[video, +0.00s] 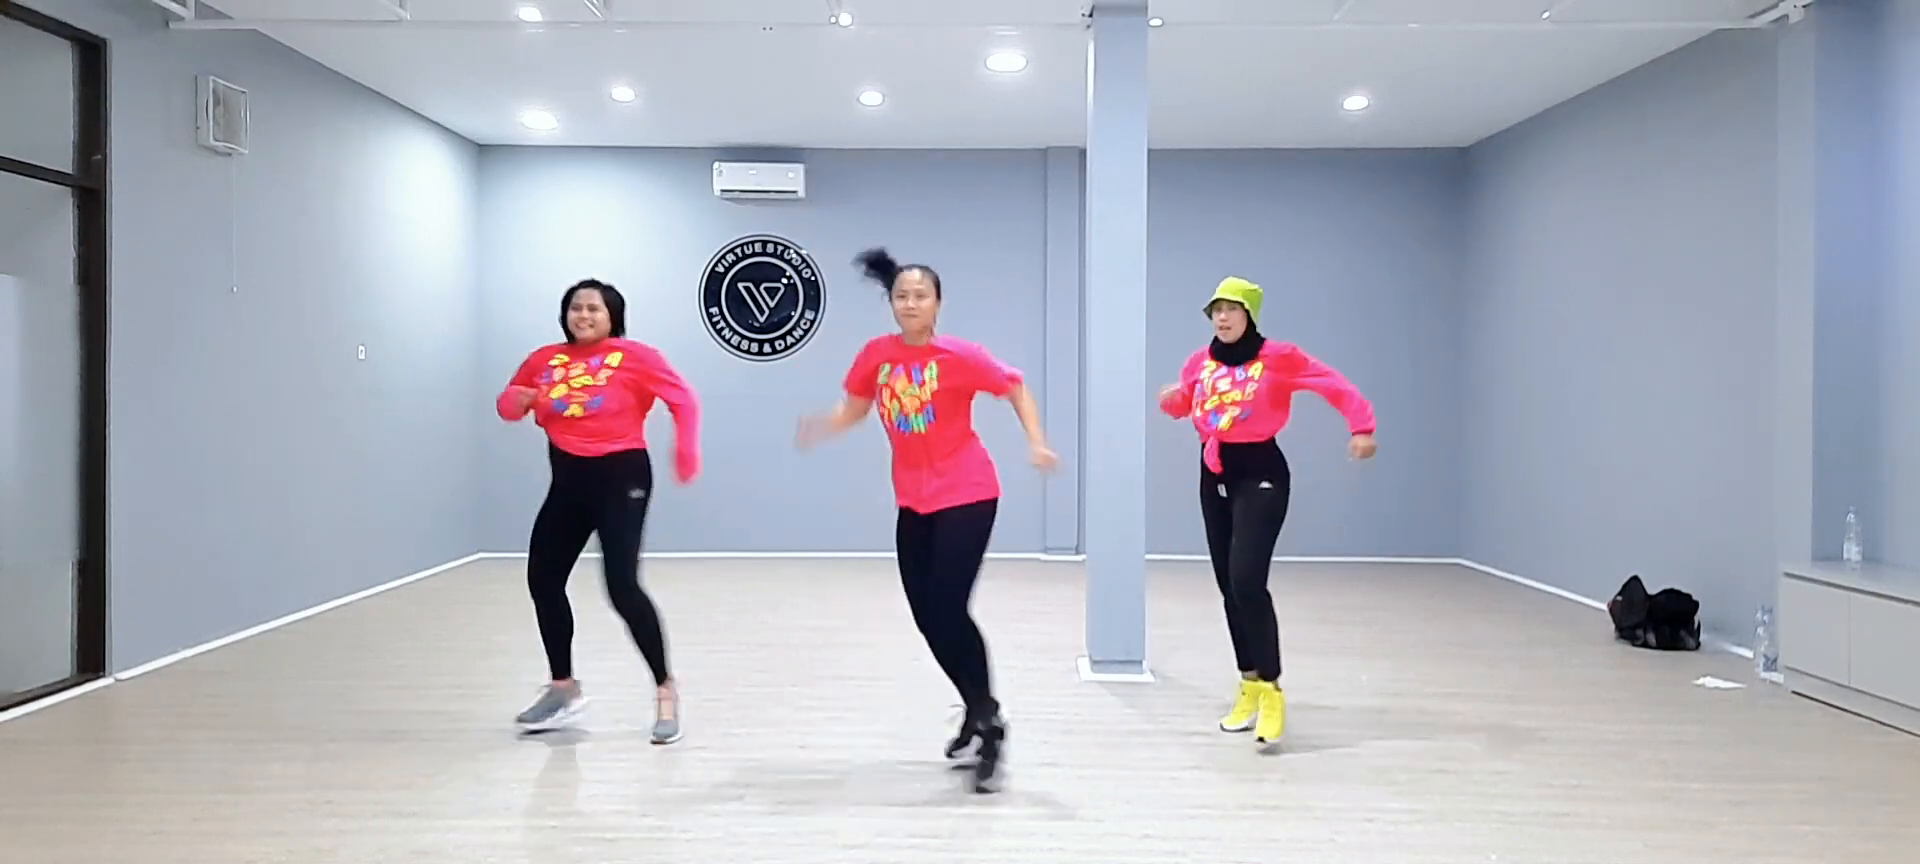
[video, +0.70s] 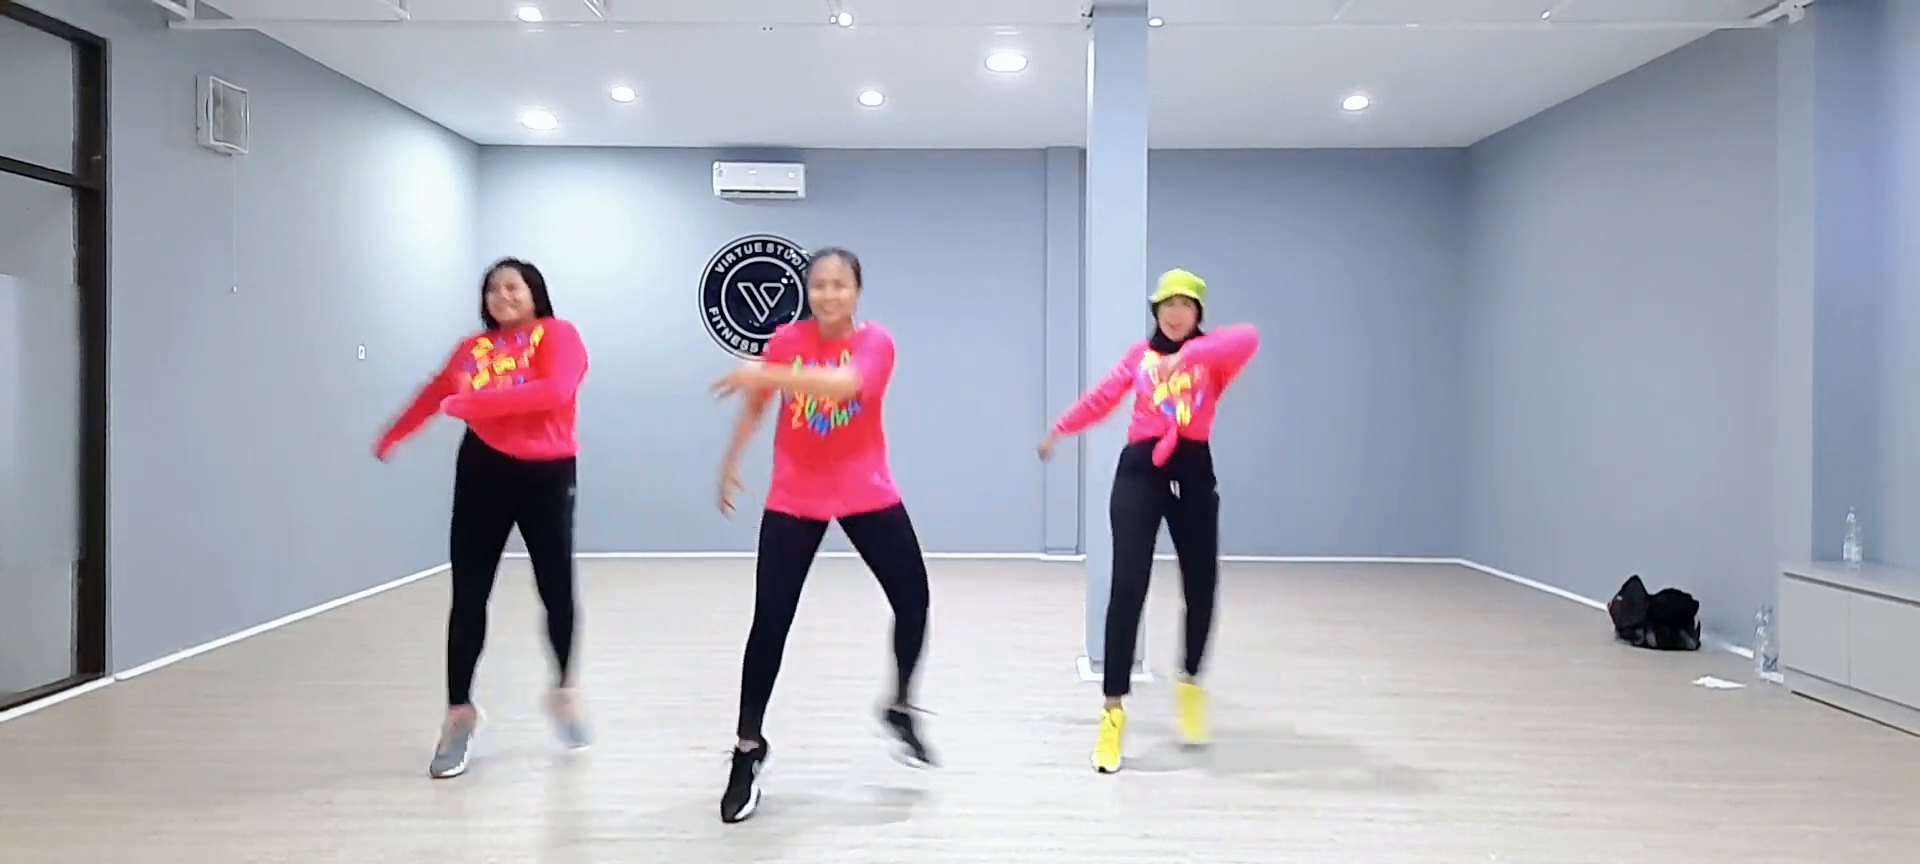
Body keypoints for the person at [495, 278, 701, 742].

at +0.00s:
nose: (583, 315)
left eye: (593, 309)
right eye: (576, 308)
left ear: (612, 317)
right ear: (565, 316)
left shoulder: (635, 357)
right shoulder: (545, 359)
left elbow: (684, 399)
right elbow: (506, 408)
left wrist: (687, 456)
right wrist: (522, 399)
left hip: (622, 478)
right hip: (569, 481)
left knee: (621, 587)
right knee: (543, 579)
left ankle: (665, 690)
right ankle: (563, 686)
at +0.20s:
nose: (591, 331)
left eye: (601, 324)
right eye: (583, 326)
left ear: (621, 333)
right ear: (575, 336)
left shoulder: (646, 384)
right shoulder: (556, 382)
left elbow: (680, 444)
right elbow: (540, 439)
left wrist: (723, 491)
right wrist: (542, 484)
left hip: (642, 503)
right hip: (584, 503)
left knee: (651, 600)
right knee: (550, 591)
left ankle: (673, 700)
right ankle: (558, 684)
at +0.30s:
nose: (582, 329)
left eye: (592, 320)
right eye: (573, 324)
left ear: (613, 327)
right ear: (566, 334)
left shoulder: (639, 381)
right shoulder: (551, 379)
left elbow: (648, 453)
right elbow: (538, 445)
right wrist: (531, 501)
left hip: (629, 497)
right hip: (571, 494)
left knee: (646, 601)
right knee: (538, 590)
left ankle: (672, 700)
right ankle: (533, 702)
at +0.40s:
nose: (567, 339)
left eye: (576, 330)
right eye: (559, 335)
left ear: (600, 336)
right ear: (553, 346)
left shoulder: (623, 385)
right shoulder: (544, 389)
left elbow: (592, 446)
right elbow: (530, 449)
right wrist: (518, 491)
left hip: (616, 504)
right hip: (558, 505)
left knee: (634, 610)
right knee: (516, 607)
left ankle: (672, 704)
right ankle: (487, 720)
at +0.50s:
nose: (547, 343)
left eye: (557, 334)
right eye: (539, 339)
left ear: (579, 340)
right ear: (533, 350)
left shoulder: (600, 389)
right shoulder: (528, 395)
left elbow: (544, 437)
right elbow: (513, 445)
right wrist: (492, 483)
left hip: (590, 516)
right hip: (529, 512)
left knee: (620, 618)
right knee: (489, 616)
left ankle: (668, 700)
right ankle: (473, 729)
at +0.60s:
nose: (525, 323)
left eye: (535, 315)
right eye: (517, 317)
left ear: (556, 323)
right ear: (507, 328)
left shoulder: (577, 367)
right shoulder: (500, 376)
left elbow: (538, 414)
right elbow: (479, 424)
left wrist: (451, 427)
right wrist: (445, 462)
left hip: (559, 500)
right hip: (499, 496)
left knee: (590, 604)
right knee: (473, 611)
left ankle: (638, 689)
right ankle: (470, 728)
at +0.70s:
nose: (505, 295)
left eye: (515, 287)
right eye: (496, 289)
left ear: (536, 295)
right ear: (485, 301)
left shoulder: (560, 335)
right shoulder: (474, 349)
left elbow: (556, 391)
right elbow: (437, 393)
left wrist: (475, 405)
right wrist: (392, 436)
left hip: (546, 477)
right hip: (483, 474)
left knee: (559, 594)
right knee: (468, 596)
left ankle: (564, 690)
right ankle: (459, 714)